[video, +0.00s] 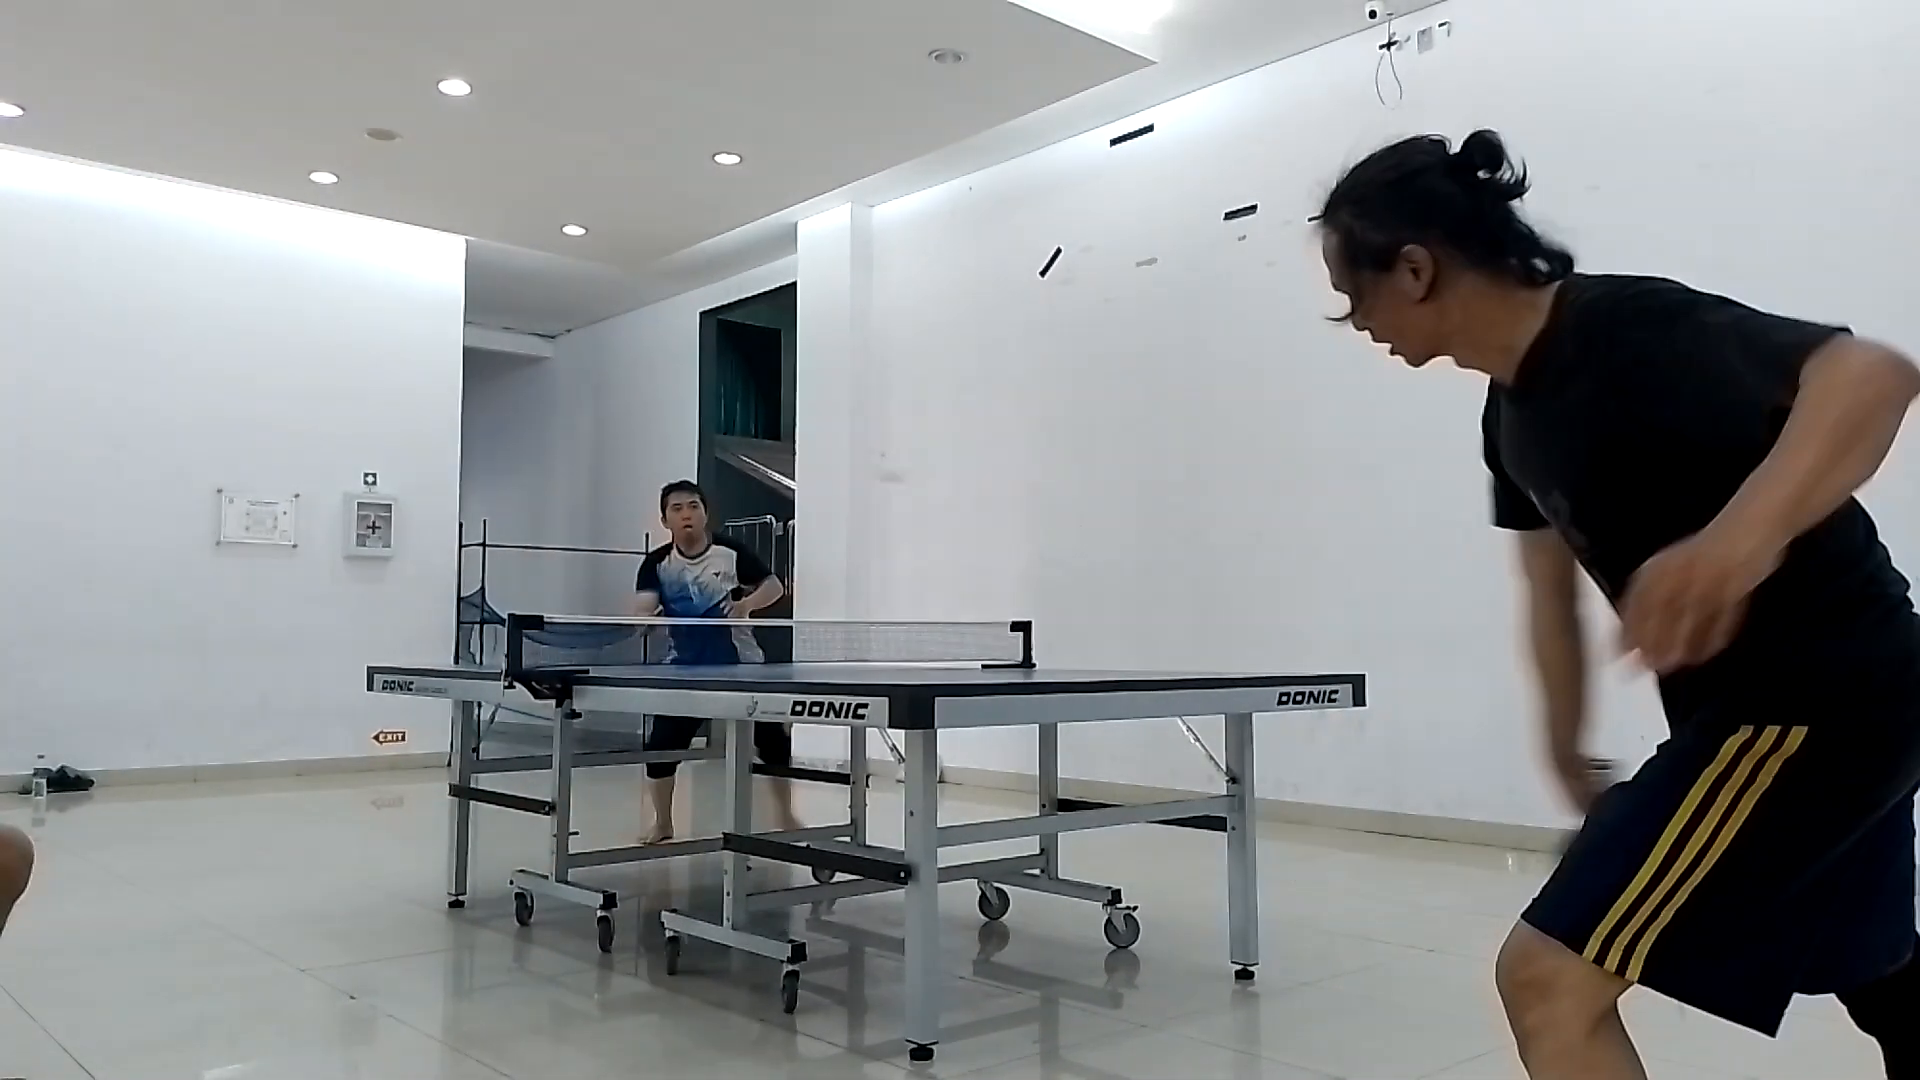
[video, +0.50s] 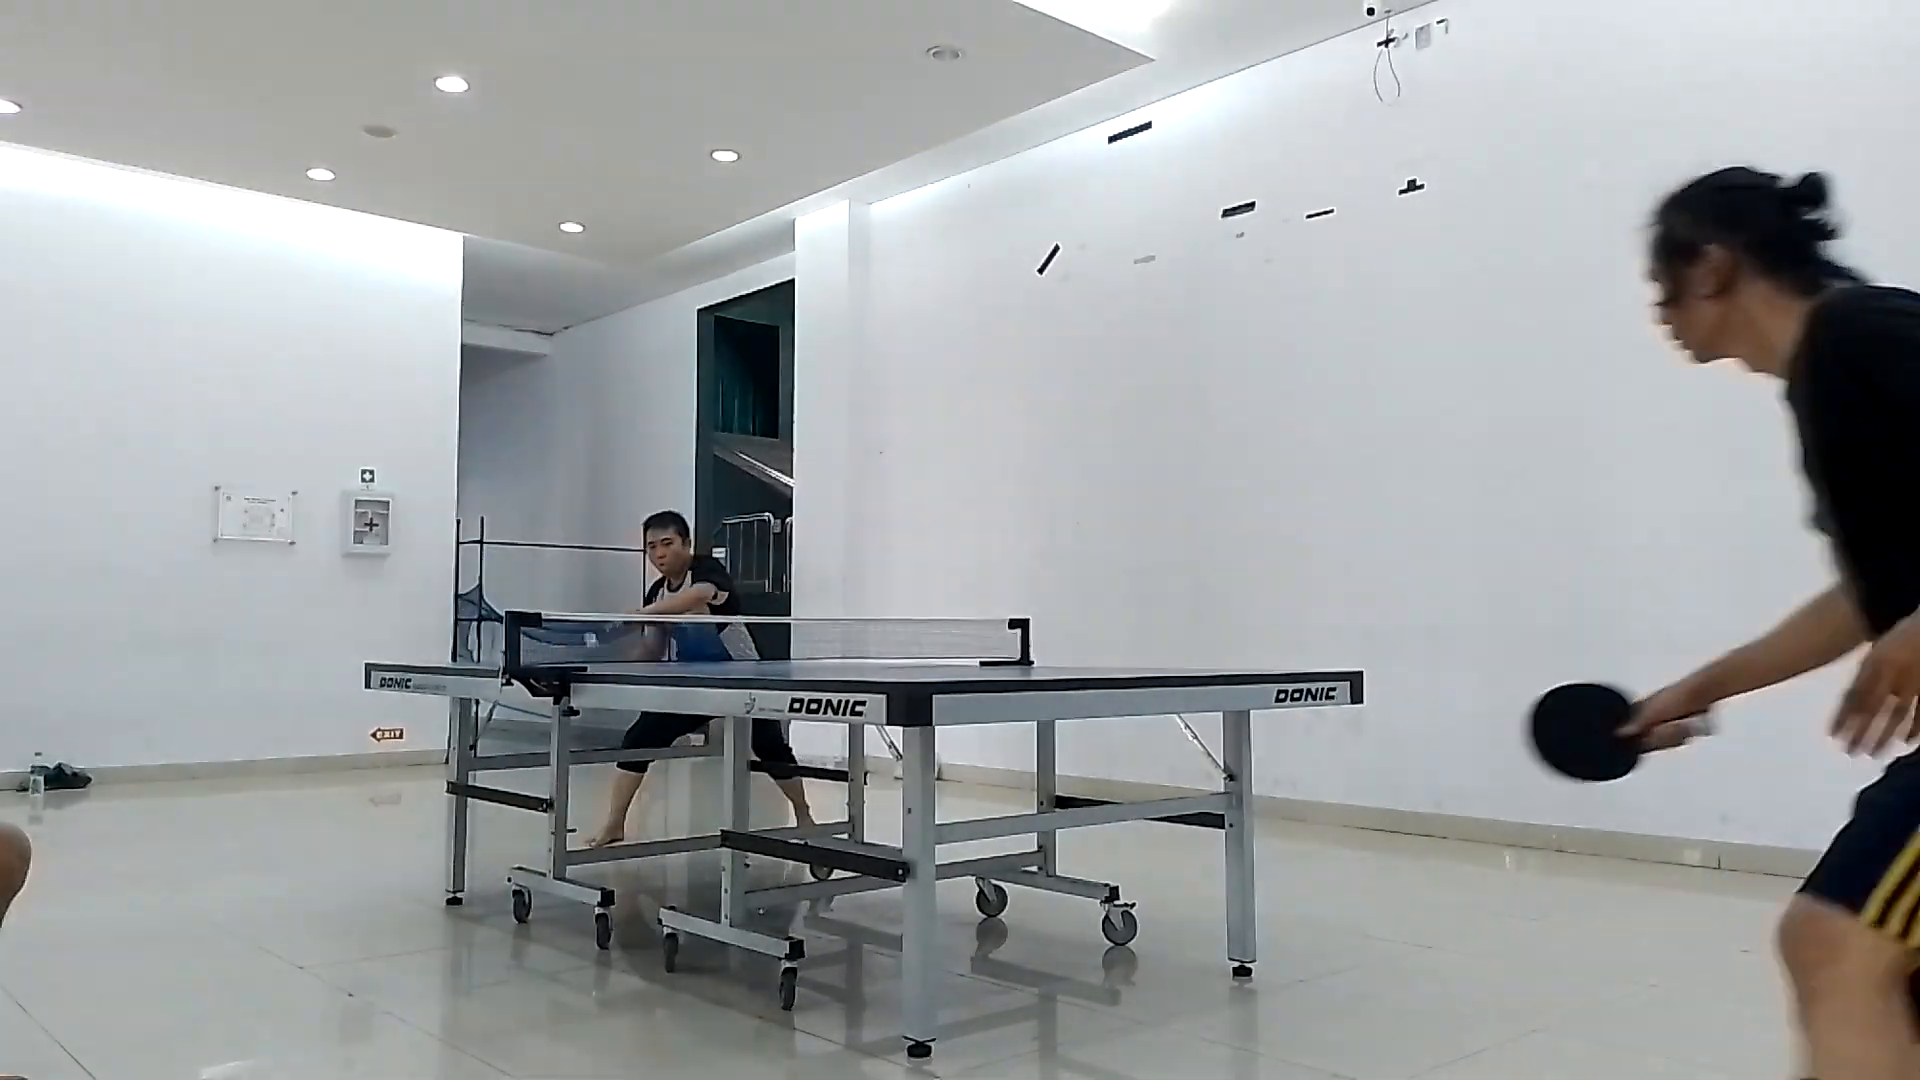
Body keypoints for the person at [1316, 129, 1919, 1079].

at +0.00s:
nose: (1360, 328)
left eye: (1355, 302)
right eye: (1347, 309)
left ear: (1416, 267)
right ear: (1422, 272)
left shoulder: (1622, 322)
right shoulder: (1511, 417)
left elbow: (1873, 375)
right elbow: (1549, 587)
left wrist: (1739, 539)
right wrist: (1567, 752)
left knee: (1549, 983)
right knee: (1884, 982)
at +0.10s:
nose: (1360, 312)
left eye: (1356, 284)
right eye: (1349, 289)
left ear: (1415, 260)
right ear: (1423, 263)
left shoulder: (1606, 321)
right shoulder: (1534, 406)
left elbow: (1863, 350)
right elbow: (1620, 584)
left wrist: (1781, 453)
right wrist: (1647, 764)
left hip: (1813, 693)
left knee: (1546, 974)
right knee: (1899, 985)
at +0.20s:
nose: (1405, 298)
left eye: (1404, 269)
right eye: (1399, 276)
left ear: (1458, 250)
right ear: (1467, 253)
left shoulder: (1621, 323)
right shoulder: (1580, 371)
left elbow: (1842, 366)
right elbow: (1686, 556)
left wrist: (1761, 523)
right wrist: (1643, 718)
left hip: (1828, 687)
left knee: (1561, 960)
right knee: (1888, 969)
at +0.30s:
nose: (1484, 299)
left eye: (1482, 270)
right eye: (1478, 276)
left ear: (1534, 255)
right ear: (1547, 253)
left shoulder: (1668, 330)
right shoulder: (1650, 366)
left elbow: (1878, 394)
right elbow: (1742, 583)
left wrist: (1841, 614)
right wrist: (1628, 716)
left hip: (1832, 711)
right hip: (1877, 714)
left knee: (1615, 959)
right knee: (1906, 1005)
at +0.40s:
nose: (1574, 307)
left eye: (1576, 281)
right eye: (1571, 286)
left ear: (1628, 265)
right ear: (1637, 266)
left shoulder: (1776, 334)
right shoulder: (1746, 369)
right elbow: (1799, 586)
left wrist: (1908, 637)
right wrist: (1645, 700)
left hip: (1898, 720)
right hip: (1882, 722)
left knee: (1759, 959)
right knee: (1909, 999)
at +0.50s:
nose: (1660, 313)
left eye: (1667, 285)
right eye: (1658, 291)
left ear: (1720, 266)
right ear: (1727, 269)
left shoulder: (1865, 344)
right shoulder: (1829, 376)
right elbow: (1873, 592)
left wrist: (1918, 629)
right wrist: (1703, 687)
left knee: (1833, 940)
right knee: (1859, 948)